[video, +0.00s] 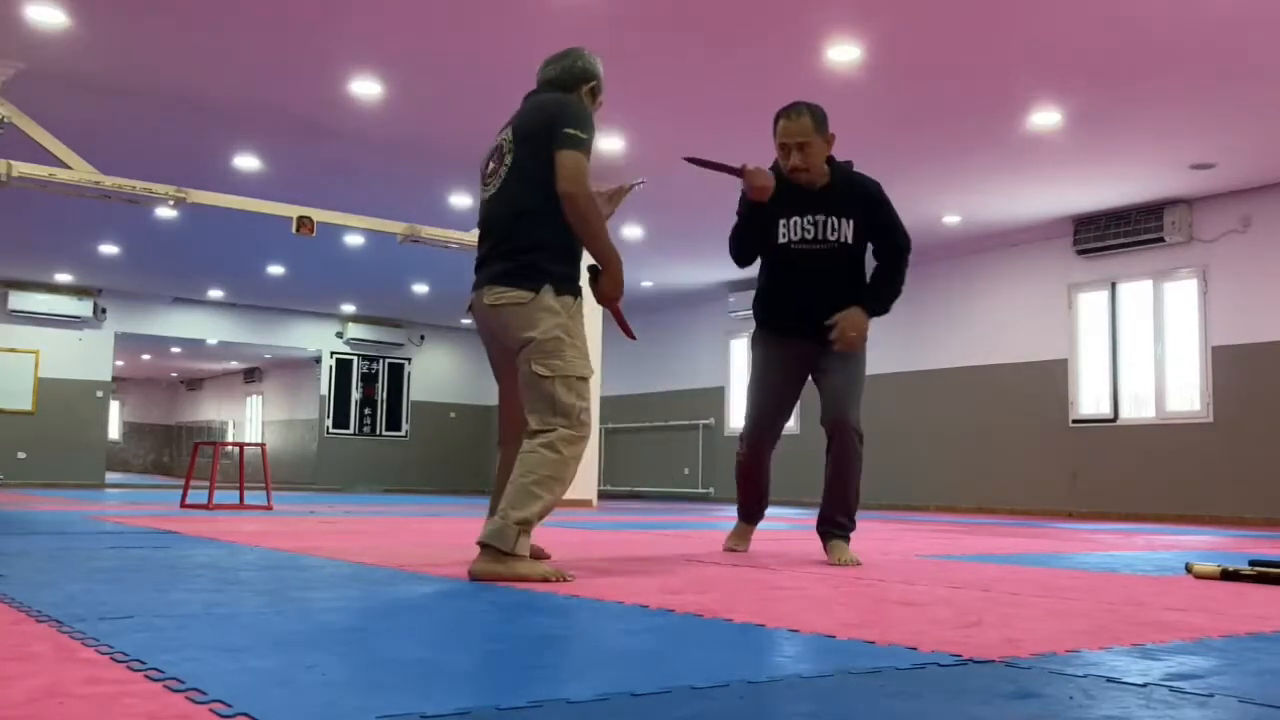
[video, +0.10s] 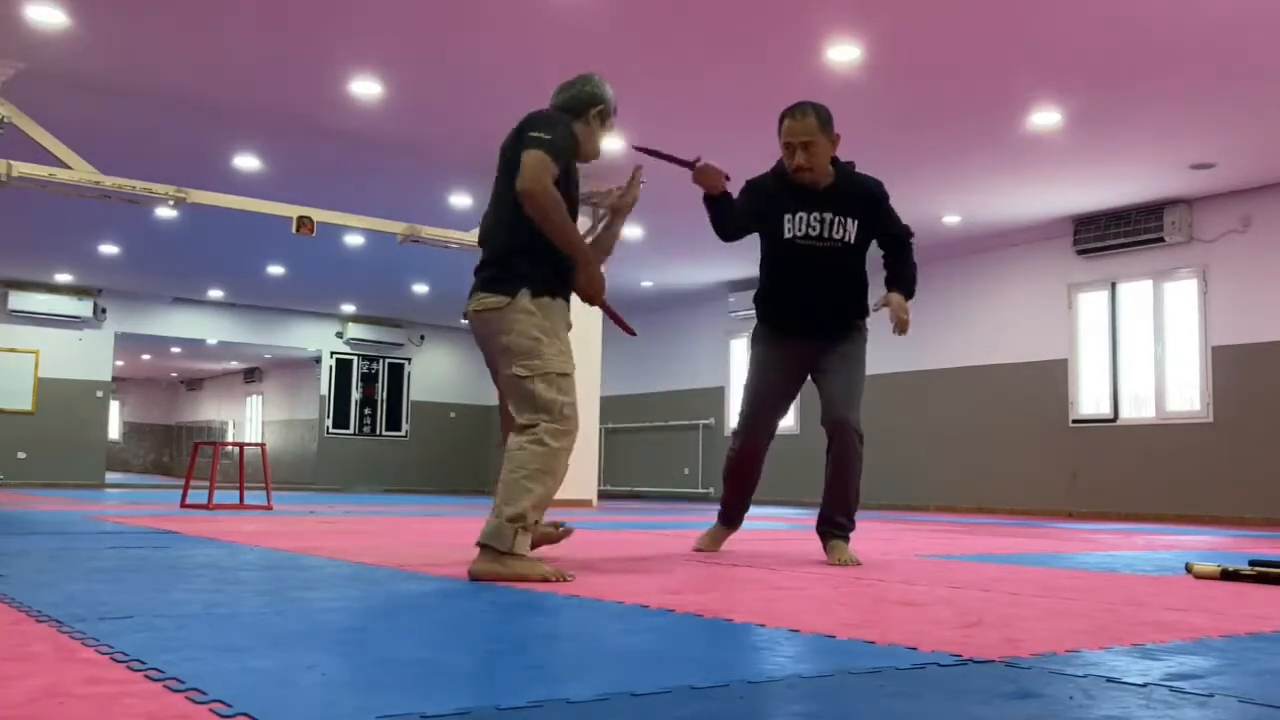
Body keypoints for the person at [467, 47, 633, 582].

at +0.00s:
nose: (598, 109)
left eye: (599, 101)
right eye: (598, 99)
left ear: (545, 84)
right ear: (588, 90)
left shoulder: (514, 128)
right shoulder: (569, 111)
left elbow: (528, 217)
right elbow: (573, 191)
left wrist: (588, 213)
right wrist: (611, 264)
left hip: (494, 296)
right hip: (537, 295)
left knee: (519, 428)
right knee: (565, 425)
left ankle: (507, 543)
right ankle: (503, 549)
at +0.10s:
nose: (603, 142)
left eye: (606, 132)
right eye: (605, 128)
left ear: (575, 113)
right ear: (592, 115)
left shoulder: (555, 169)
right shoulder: (549, 125)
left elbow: (584, 263)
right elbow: (532, 187)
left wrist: (617, 216)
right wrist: (583, 260)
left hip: (515, 303)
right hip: (520, 302)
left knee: (529, 422)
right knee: (552, 422)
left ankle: (522, 526)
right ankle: (501, 550)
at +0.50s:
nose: (631, 185)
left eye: (635, 177)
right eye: (629, 171)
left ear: (605, 165)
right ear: (603, 158)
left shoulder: (593, 232)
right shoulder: (535, 171)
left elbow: (640, 292)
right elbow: (463, 204)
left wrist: (687, 241)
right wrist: (502, 255)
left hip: (529, 336)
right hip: (482, 316)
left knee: (572, 430)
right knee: (501, 411)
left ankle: (527, 537)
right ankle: (449, 544)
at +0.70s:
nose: (627, 189)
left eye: (632, 181)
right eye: (628, 176)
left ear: (607, 167)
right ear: (607, 162)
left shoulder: (586, 234)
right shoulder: (544, 174)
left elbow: (613, 304)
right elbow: (475, 193)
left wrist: (672, 276)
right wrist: (516, 250)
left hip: (529, 337)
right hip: (491, 322)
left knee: (571, 425)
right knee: (507, 422)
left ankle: (529, 533)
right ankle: (450, 544)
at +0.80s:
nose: (623, 184)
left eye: (627, 175)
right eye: (623, 171)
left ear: (588, 156)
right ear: (605, 159)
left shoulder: (557, 188)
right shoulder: (575, 178)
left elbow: (528, 276)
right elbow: (553, 227)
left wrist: (580, 305)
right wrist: (606, 278)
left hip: (528, 329)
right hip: (510, 322)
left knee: (567, 427)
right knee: (507, 428)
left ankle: (530, 535)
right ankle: (453, 541)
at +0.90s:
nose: (617, 166)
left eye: (619, 158)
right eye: (618, 157)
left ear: (569, 146)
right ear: (604, 150)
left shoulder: (528, 180)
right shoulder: (594, 179)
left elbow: (472, 249)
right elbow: (642, 256)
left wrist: (520, 283)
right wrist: (697, 300)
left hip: (496, 316)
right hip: (528, 318)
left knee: (567, 424)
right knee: (532, 423)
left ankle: (529, 535)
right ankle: (466, 527)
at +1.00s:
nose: (614, 157)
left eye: (614, 149)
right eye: (614, 149)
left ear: (566, 138)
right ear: (603, 144)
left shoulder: (525, 178)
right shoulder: (600, 176)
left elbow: (475, 246)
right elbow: (646, 252)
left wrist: (520, 277)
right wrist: (693, 302)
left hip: (501, 313)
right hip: (542, 315)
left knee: (545, 423)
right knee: (559, 425)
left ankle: (536, 535)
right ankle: (519, 535)